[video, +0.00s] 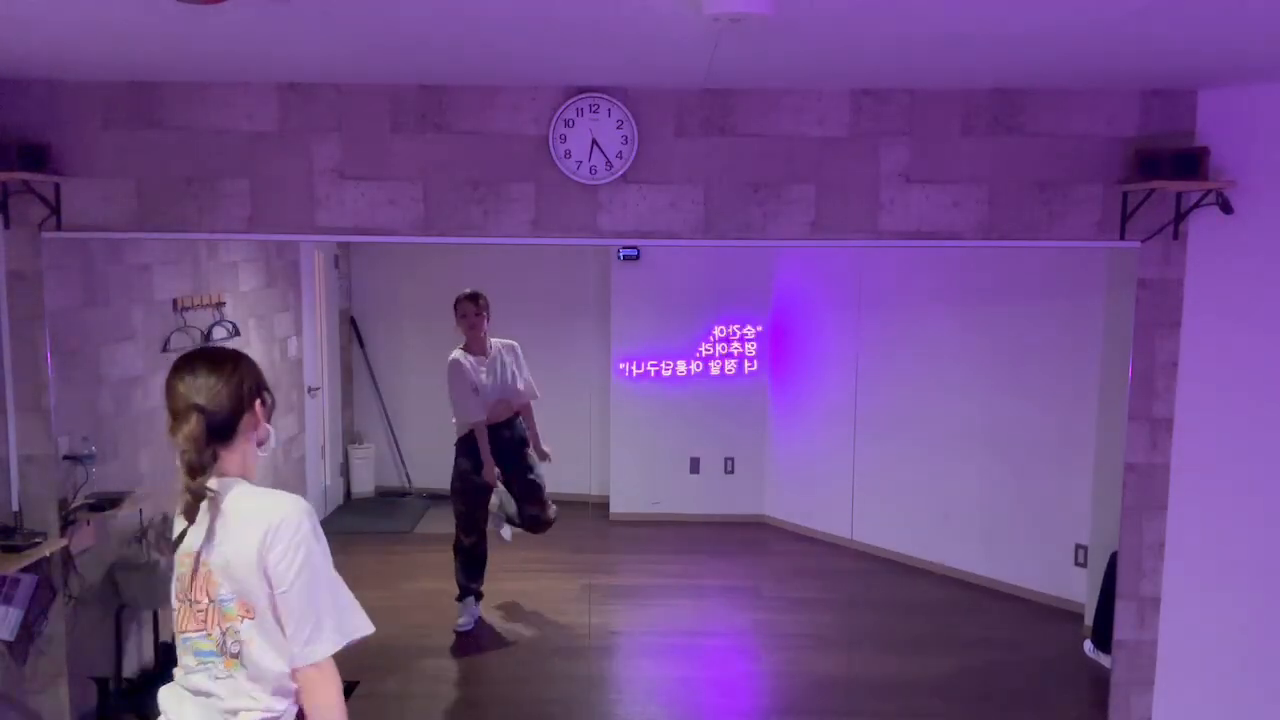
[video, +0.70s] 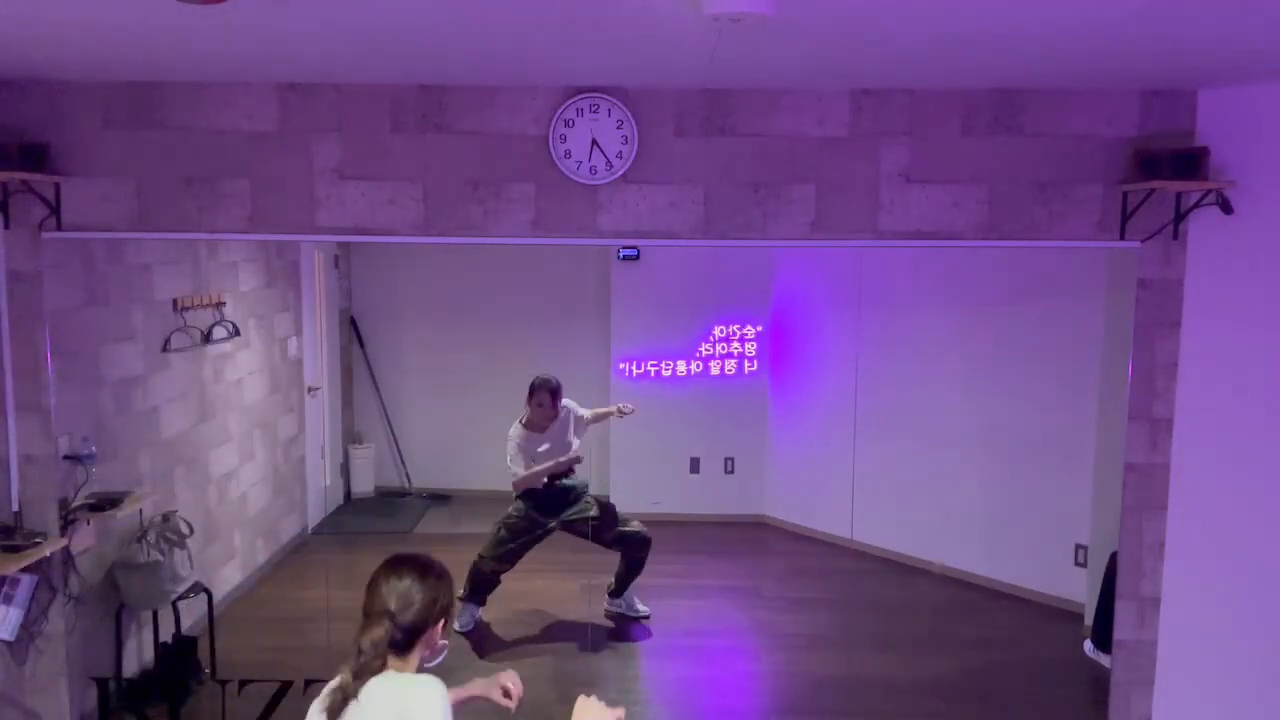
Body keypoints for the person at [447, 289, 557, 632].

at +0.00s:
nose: (471, 321)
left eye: (476, 314)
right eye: (463, 317)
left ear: (487, 318)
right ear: (457, 323)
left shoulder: (509, 350)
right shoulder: (458, 363)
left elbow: (524, 399)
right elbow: (473, 418)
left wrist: (536, 444)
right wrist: (487, 462)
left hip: (511, 437)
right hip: (474, 444)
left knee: (540, 519)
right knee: (469, 525)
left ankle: (502, 512)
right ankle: (469, 600)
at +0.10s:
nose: (483, 326)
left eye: (488, 318)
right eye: (475, 321)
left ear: (499, 321)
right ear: (468, 327)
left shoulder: (513, 350)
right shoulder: (474, 365)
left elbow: (523, 395)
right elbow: (488, 419)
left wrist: (539, 428)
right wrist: (500, 464)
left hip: (518, 441)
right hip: (483, 448)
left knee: (557, 511)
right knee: (477, 528)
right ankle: (469, 601)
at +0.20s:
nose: (499, 343)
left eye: (504, 337)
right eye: (492, 338)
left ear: (513, 338)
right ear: (484, 341)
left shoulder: (519, 361)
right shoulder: (489, 381)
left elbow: (528, 402)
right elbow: (505, 437)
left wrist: (543, 422)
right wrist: (533, 477)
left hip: (527, 452)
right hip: (497, 460)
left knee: (565, 517)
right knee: (482, 534)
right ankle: (469, 606)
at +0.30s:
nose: (516, 367)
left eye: (521, 360)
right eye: (509, 361)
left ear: (529, 360)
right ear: (500, 364)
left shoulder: (532, 379)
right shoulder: (505, 407)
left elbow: (533, 416)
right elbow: (520, 464)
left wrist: (557, 420)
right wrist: (561, 484)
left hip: (539, 472)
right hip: (510, 480)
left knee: (599, 527)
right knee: (493, 545)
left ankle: (613, 592)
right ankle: (470, 607)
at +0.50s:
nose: (538, 407)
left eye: (543, 400)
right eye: (531, 400)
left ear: (551, 399)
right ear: (521, 401)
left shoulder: (552, 412)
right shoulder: (519, 444)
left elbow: (558, 437)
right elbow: (534, 499)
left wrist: (591, 422)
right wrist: (583, 484)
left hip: (564, 503)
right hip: (528, 512)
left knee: (633, 533)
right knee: (489, 567)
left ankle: (618, 597)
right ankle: (471, 607)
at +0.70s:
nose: (546, 413)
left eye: (551, 406)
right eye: (540, 406)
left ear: (559, 403)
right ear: (528, 403)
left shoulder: (567, 411)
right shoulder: (518, 435)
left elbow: (588, 417)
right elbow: (519, 483)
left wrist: (615, 411)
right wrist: (559, 463)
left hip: (573, 501)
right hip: (532, 505)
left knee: (638, 539)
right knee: (488, 560)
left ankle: (617, 597)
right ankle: (471, 605)